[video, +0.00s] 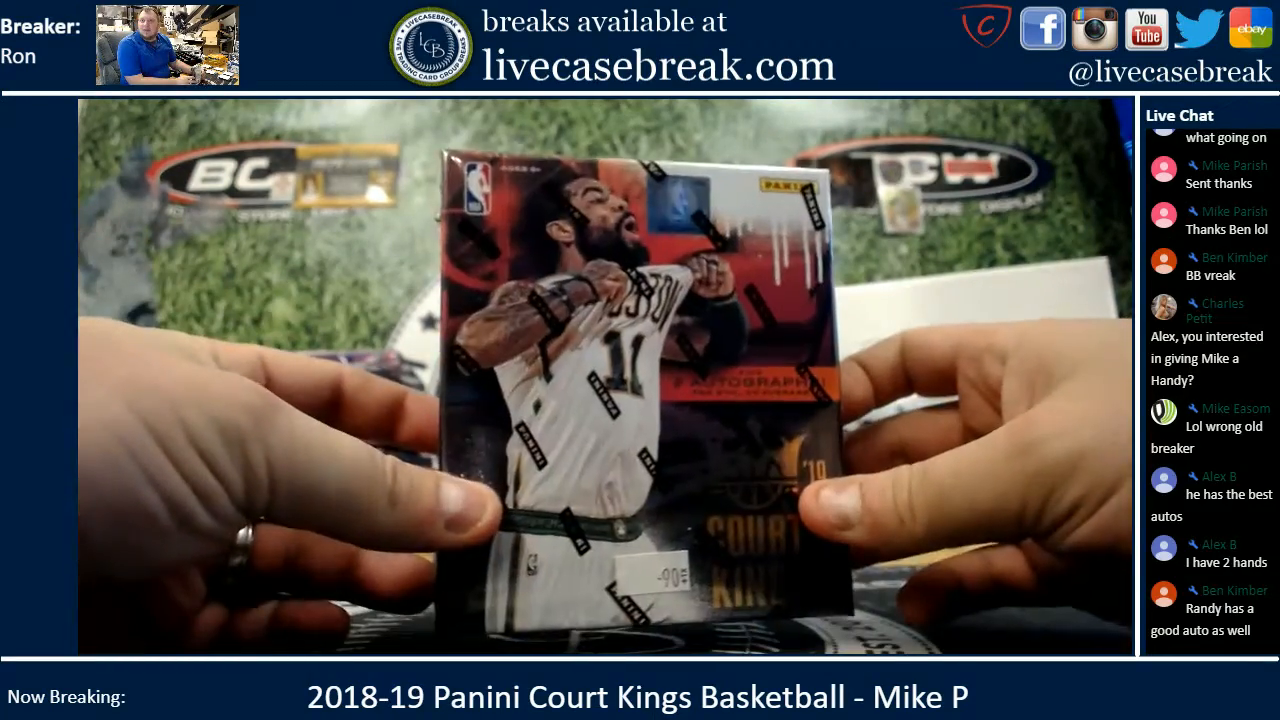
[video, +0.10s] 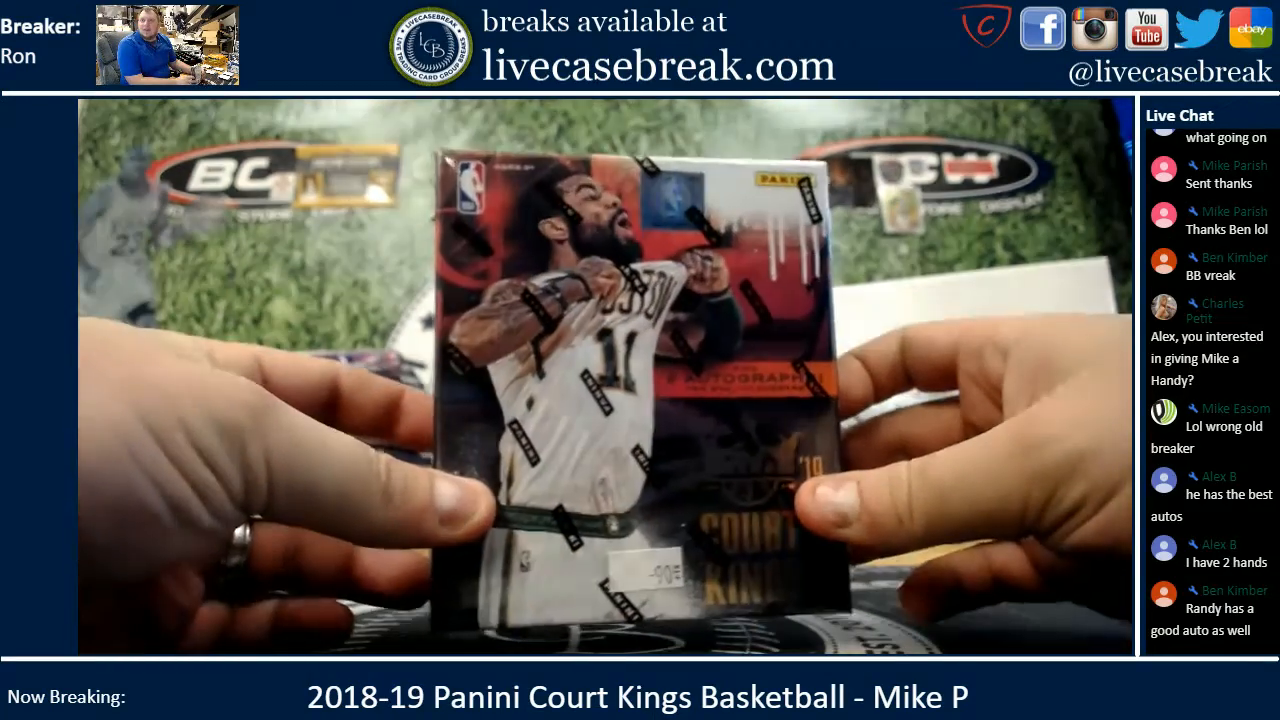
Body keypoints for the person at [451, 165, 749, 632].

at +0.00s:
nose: (620, 203)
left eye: (614, 195)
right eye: (595, 198)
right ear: (562, 230)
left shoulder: (652, 290)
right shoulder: (524, 297)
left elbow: (724, 346)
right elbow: (475, 344)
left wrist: (721, 298)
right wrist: (580, 288)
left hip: (630, 536)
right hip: (546, 541)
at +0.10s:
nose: (613, 199)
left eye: (605, 190)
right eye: (587, 194)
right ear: (554, 228)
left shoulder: (648, 284)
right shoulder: (517, 295)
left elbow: (722, 341)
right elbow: (467, 342)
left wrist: (717, 294)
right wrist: (570, 286)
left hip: (623, 532)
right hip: (540, 537)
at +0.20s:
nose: (600, 201)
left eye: (593, 193)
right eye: (575, 197)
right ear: (541, 230)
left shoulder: (631, 289)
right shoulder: (505, 296)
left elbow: (711, 339)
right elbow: (453, 348)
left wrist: (704, 292)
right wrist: (556, 288)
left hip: (609, 532)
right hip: (526, 536)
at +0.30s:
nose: (592, 202)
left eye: (586, 195)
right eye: (568, 198)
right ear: (534, 232)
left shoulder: (625, 286)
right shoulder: (500, 299)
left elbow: (706, 338)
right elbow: (449, 349)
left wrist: (697, 290)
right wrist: (548, 290)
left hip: (604, 531)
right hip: (522, 536)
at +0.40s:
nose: (590, 203)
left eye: (582, 196)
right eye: (566, 200)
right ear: (533, 233)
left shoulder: (623, 287)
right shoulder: (498, 301)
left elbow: (703, 338)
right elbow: (447, 352)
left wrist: (695, 290)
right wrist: (549, 290)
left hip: (603, 531)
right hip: (522, 536)